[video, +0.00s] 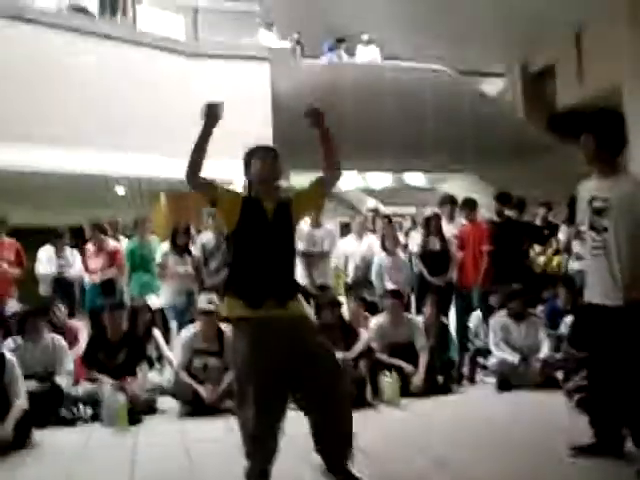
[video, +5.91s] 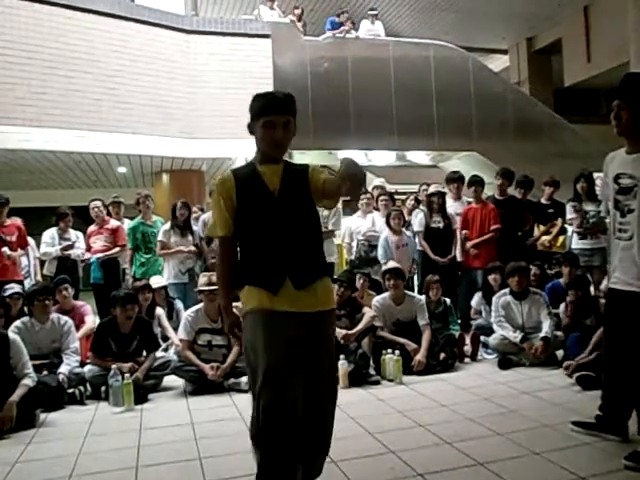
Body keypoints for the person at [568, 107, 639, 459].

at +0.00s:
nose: (584, 151)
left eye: (590, 143)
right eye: (584, 143)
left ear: (609, 146)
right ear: (588, 149)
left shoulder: (630, 188)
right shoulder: (583, 189)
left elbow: (636, 242)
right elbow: (579, 236)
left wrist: (633, 286)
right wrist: (573, 279)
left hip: (622, 296)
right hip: (591, 295)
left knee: (627, 376)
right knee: (597, 374)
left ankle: (631, 439)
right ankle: (606, 437)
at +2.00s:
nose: (557, 130)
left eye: (563, 124)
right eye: (557, 125)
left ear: (582, 129)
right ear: (562, 132)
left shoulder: (604, 165)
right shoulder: (562, 175)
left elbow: (628, 213)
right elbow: (563, 221)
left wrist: (616, 259)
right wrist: (561, 257)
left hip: (601, 276)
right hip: (571, 276)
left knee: (606, 345)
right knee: (577, 345)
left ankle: (620, 411)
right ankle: (597, 408)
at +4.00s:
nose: (576, 122)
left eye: (581, 116)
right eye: (577, 117)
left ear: (600, 120)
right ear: (591, 123)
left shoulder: (628, 159)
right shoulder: (583, 168)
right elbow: (586, 225)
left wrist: (637, 264)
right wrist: (580, 270)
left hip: (624, 281)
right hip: (592, 280)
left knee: (627, 355)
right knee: (592, 350)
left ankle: (639, 430)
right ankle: (602, 412)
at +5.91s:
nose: (615, 119)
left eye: (621, 111)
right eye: (613, 112)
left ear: (637, 115)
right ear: (615, 118)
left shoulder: (633, 162)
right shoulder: (613, 161)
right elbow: (613, 222)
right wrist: (608, 270)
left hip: (636, 282)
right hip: (618, 279)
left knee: (636, 360)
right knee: (617, 354)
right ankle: (612, 419)